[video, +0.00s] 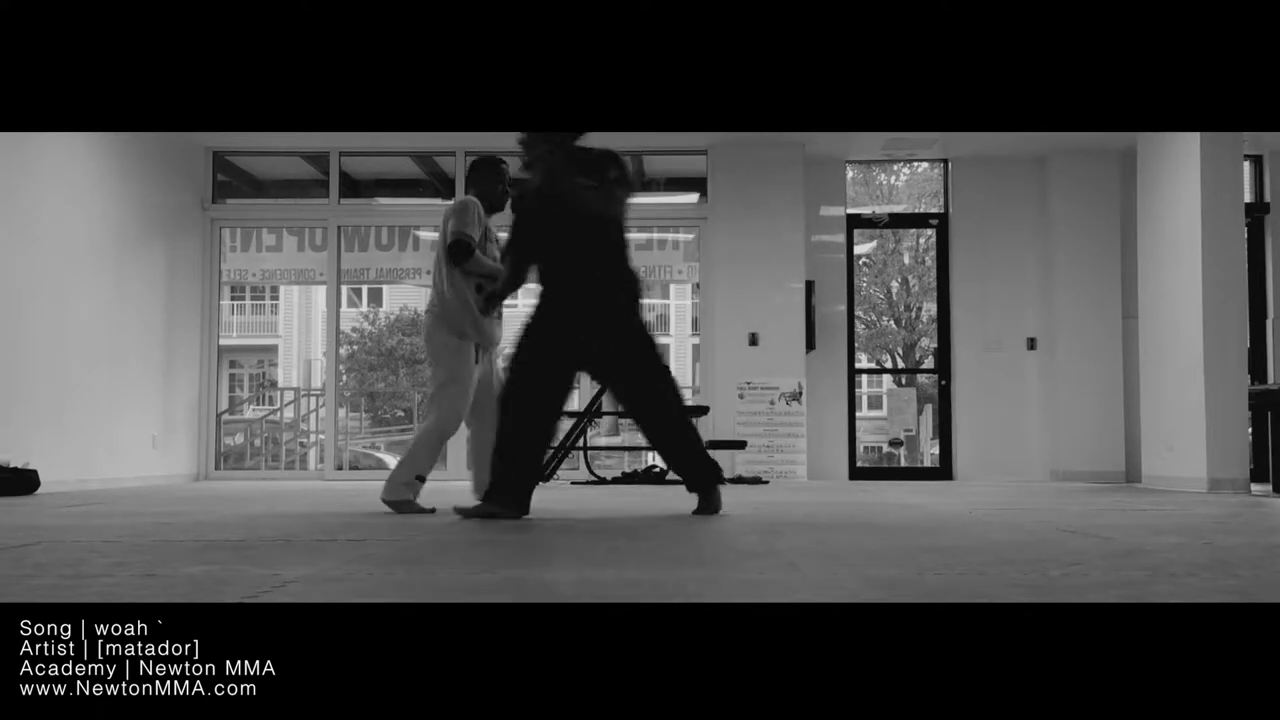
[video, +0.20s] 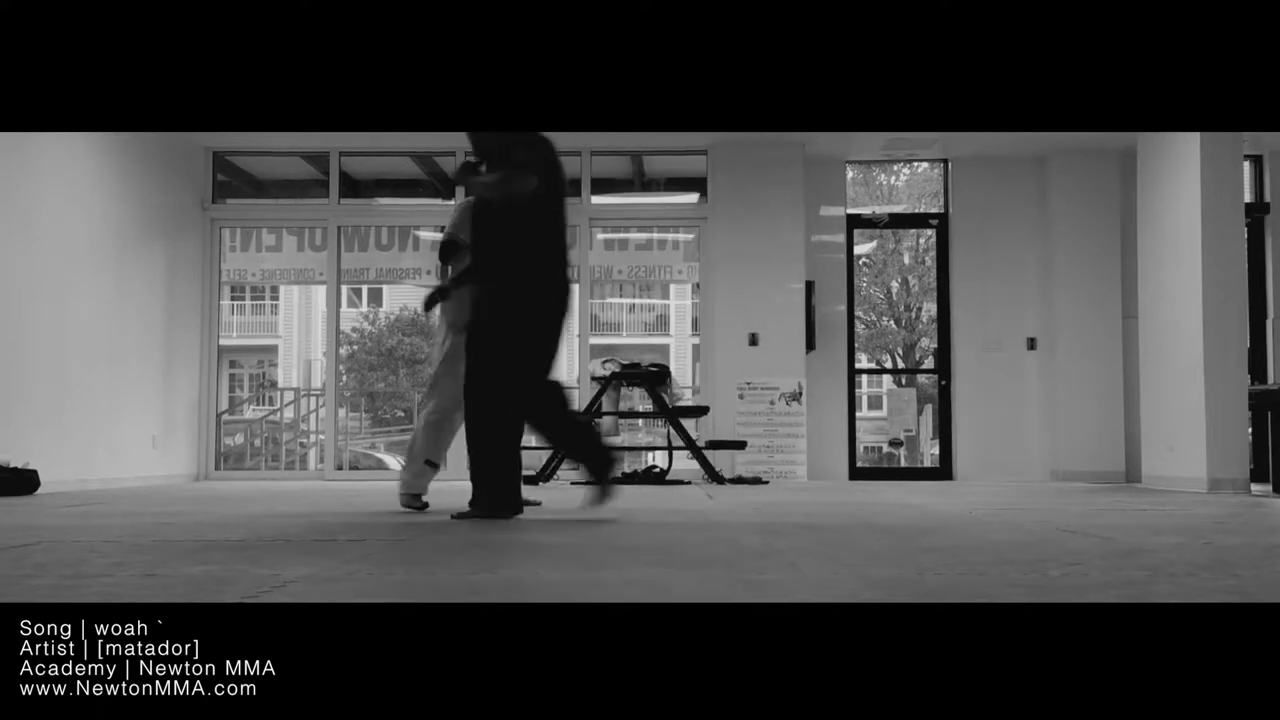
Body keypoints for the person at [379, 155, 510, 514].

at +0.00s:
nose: (508, 191)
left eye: (508, 184)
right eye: (504, 184)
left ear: (483, 184)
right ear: (488, 184)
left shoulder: (487, 229)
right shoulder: (467, 206)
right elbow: (460, 252)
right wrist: (504, 272)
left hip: (481, 336)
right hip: (453, 330)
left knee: (489, 417)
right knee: (448, 416)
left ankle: (490, 496)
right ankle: (399, 491)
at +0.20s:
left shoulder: (518, 217)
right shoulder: (474, 207)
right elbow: (447, 251)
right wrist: (482, 252)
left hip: (499, 316)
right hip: (465, 316)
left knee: (498, 404)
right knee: (446, 400)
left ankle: (500, 489)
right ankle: (413, 485)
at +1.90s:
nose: (576, 207)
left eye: (583, 201)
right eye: (571, 201)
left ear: (593, 204)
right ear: (560, 199)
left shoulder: (598, 235)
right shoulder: (541, 226)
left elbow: (605, 262)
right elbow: (512, 266)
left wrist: (592, 216)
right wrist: (554, 268)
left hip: (582, 346)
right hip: (537, 343)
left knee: (601, 417)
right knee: (507, 415)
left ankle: (611, 488)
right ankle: (476, 482)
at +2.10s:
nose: (545, 226)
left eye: (551, 220)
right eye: (541, 221)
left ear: (564, 216)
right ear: (535, 218)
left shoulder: (588, 241)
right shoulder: (528, 241)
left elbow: (582, 275)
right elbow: (503, 288)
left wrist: (543, 251)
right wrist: (500, 257)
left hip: (584, 352)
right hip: (538, 351)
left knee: (603, 420)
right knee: (506, 417)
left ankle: (611, 491)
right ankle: (497, 492)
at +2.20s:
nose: (502, 233)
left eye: (505, 225)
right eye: (499, 227)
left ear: (523, 219)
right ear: (499, 226)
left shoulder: (554, 239)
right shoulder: (511, 256)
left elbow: (571, 275)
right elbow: (488, 291)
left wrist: (522, 275)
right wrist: (486, 244)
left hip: (576, 349)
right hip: (537, 355)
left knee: (594, 421)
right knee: (503, 414)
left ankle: (618, 492)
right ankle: (498, 492)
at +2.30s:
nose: (487, 228)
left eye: (490, 220)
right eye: (484, 224)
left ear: (507, 211)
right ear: (487, 223)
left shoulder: (532, 228)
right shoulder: (503, 253)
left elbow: (557, 256)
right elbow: (482, 282)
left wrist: (506, 268)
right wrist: (467, 263)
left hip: (565, 338)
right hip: (532, 347)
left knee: (575, 416)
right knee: (506, 416)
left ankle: (624, 482)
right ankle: (498, 492)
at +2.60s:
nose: (468, 221)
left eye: (474, 214)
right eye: (465, 215)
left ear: (493, 211)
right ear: (466, 217)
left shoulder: (517, 231)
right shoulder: (491, 250)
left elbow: (515, 271)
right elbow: (474, 291)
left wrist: (481, 243)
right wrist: (460, 250)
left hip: (547, 338)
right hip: (512, 350)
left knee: (551, 414)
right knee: (492, 410)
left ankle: (611, 479)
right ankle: (498, 491)